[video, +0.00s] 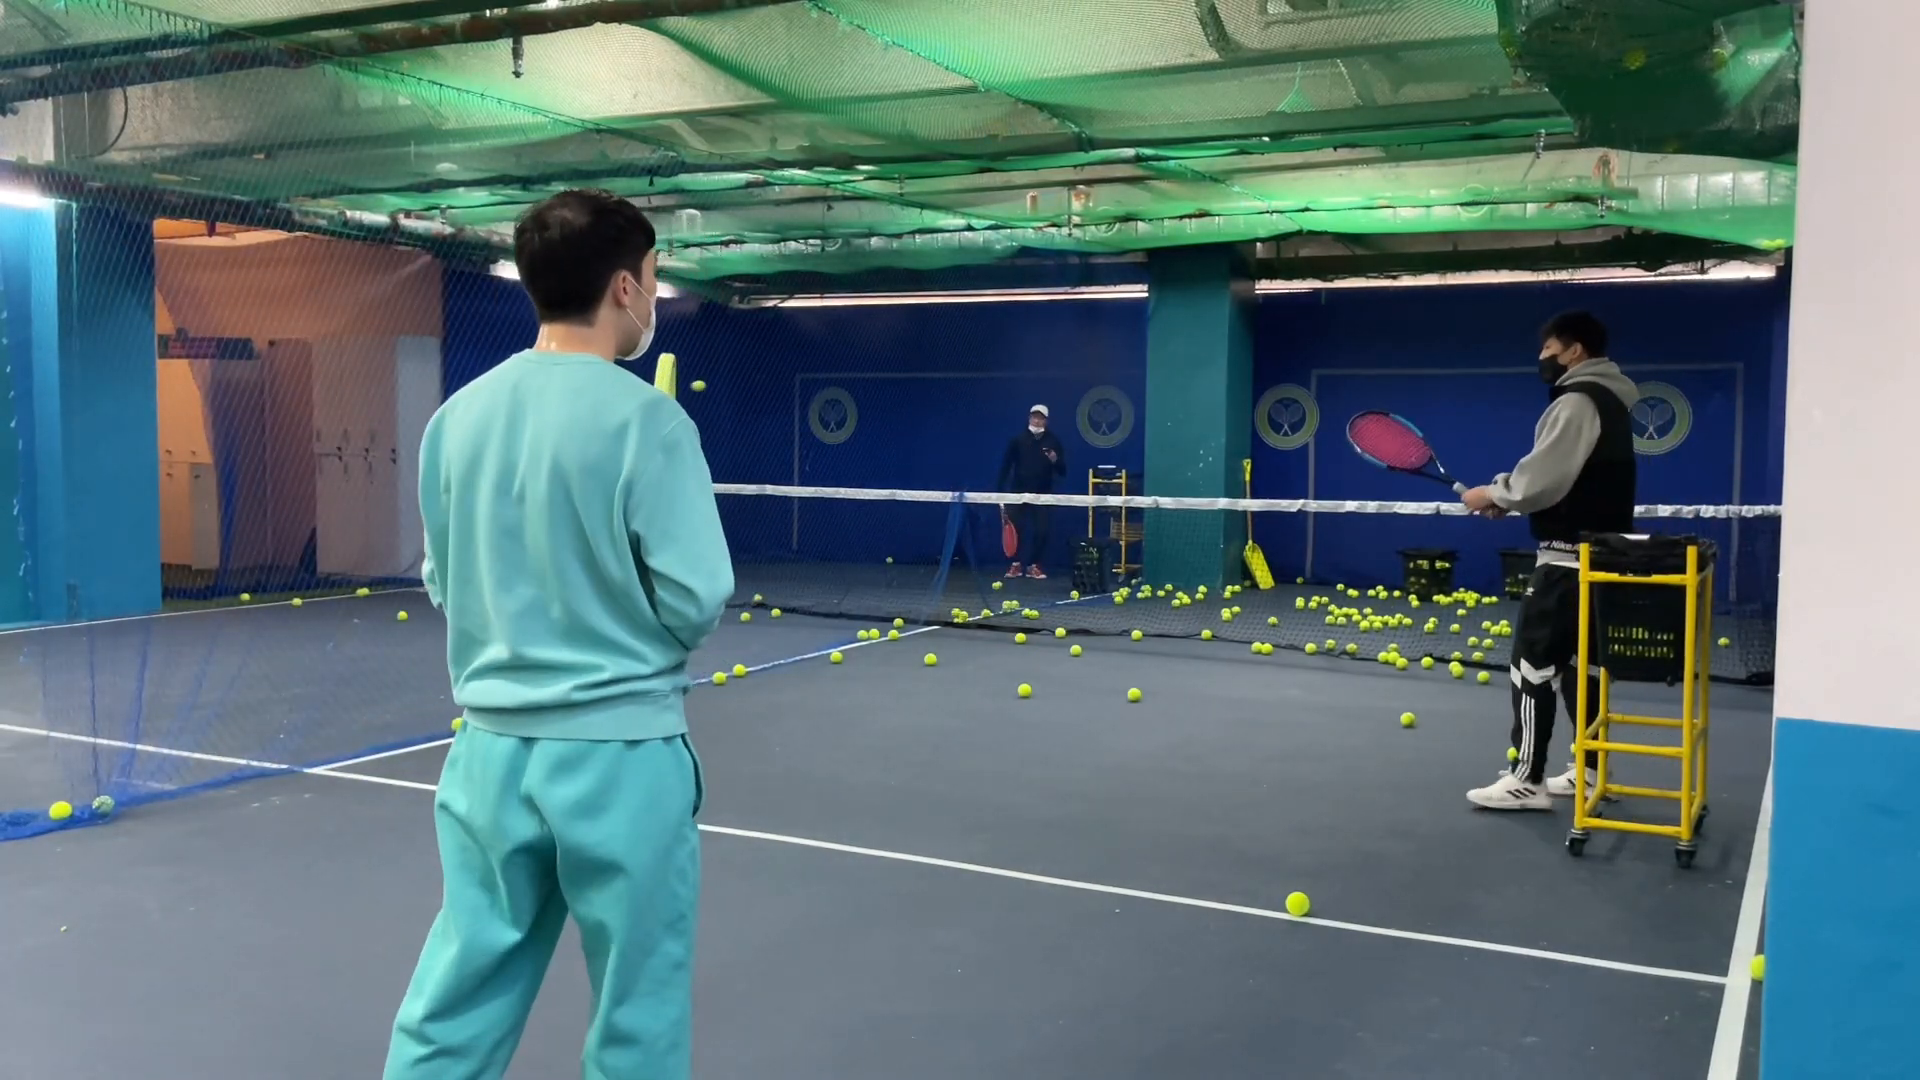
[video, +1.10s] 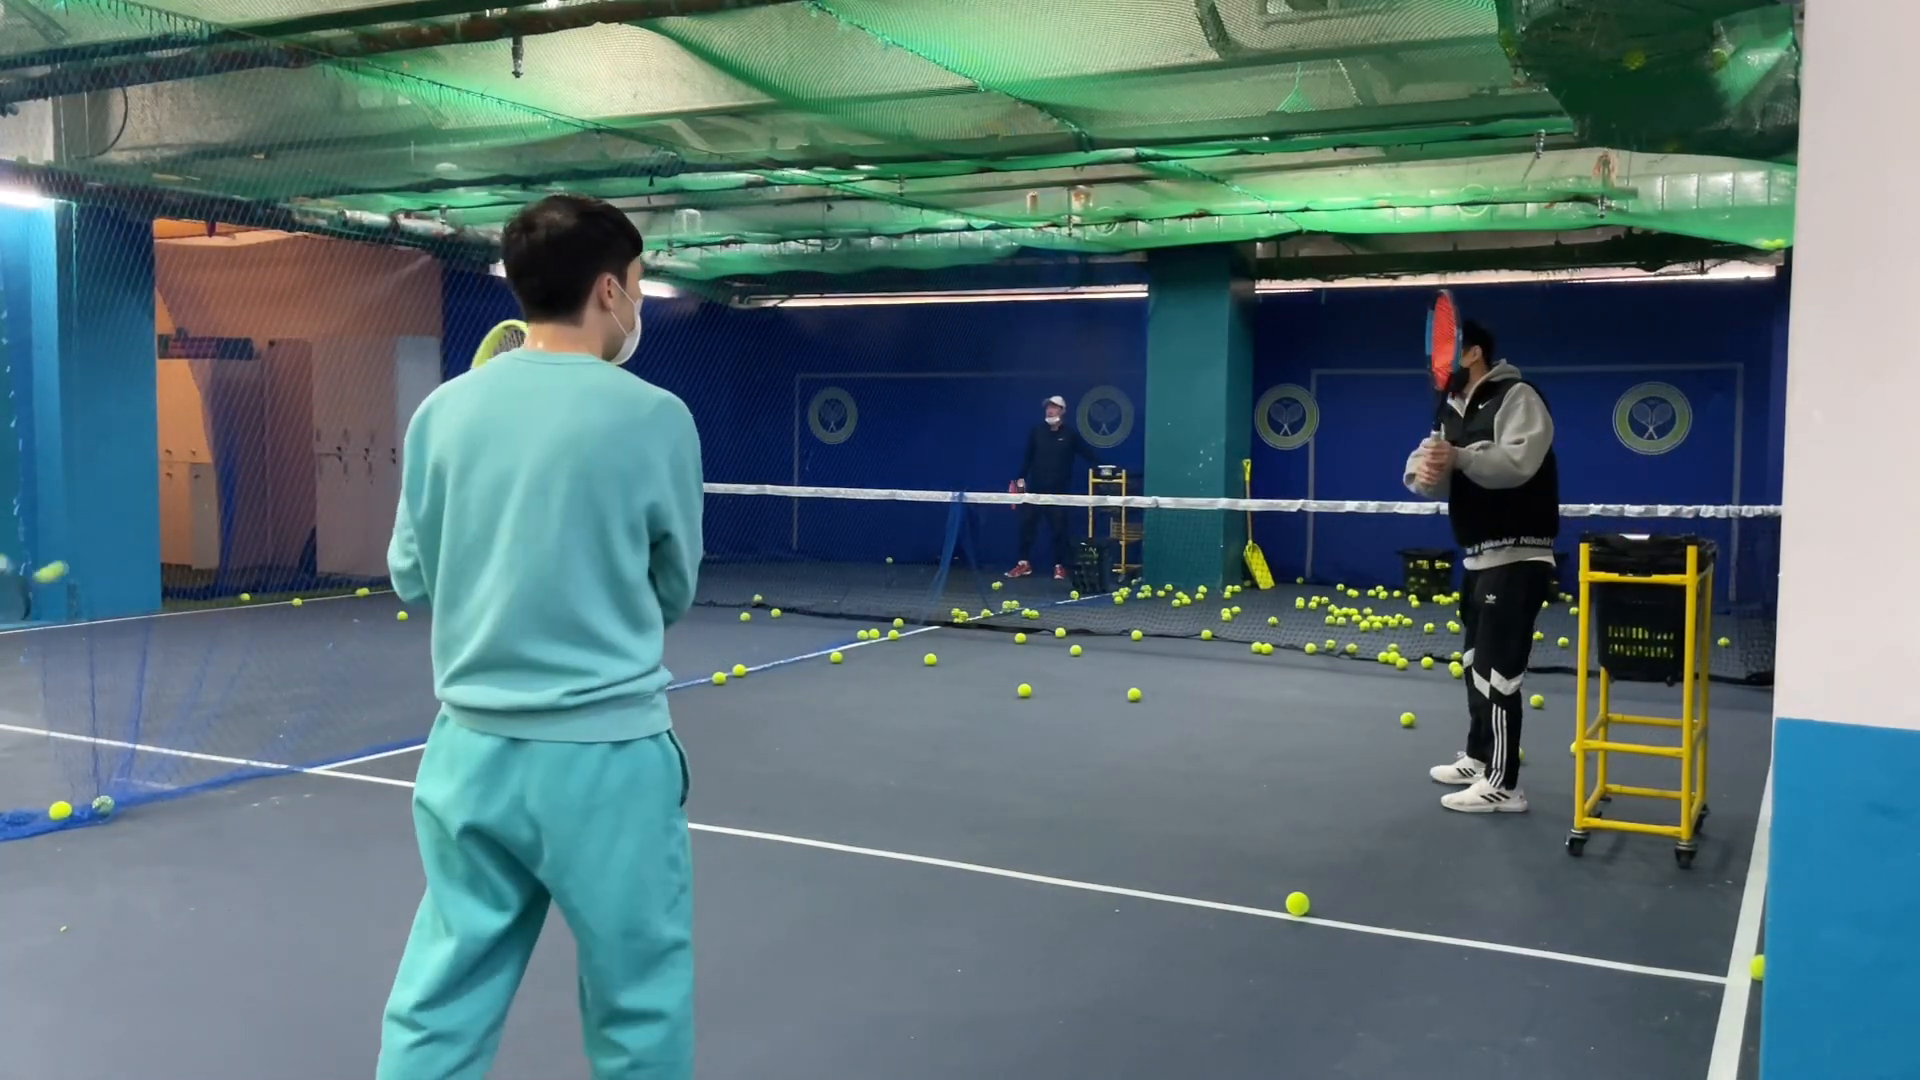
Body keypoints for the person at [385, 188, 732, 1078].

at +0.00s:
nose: (656, 293)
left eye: (653, 273)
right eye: (650, 274)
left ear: (538, 287)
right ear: (619, 286)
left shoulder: (454, 418)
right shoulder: (647, 418)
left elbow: (444, 581)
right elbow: (697, 589)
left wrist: (532, 633)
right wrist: (639, 649)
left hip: (485, 761)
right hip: (621, 764)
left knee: (453, 1012)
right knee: (640, 1019)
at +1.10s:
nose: (640, 295)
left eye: (638, 276)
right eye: (636, 277)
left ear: (526, 292)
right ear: (606, 289)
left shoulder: (443, 410)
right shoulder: (656, 417)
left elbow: (414, 576)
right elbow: (673, 587)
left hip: (468, 760)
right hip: (610, 767)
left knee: (438, 1010)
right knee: (641, 1018)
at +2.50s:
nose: (725, 338)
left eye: (725, 325)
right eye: (724, 325)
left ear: (626, 331)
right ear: (711, 329)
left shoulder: (596, 411)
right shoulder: (738, 426)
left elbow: (583, 557)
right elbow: (669, 563)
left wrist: (471, 553)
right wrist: (506, 587)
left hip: (613, 724)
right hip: (725, 722)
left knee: (560, 933)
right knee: (734, 917)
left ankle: (540, 1072)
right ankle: (756, 1064)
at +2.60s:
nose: (739, 335)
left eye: (738, 322)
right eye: (737, 322)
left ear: (639, 328)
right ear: (722, 326)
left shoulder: (608, 405)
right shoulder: (748, 419)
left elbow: (596, 550)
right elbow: (685, 556)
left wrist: (484, 549)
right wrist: (520, 577)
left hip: (629, 716)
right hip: (740, 714)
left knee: (566, 927)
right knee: (737, 905)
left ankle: (545, 1071)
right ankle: (757, 1064)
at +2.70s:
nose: (745, 332)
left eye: (743, 320)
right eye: (743, 320)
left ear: (646, 326)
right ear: (730, 324)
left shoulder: (616, 401)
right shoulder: (756, 418)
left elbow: (603, 544)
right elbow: (693, 552)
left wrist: (493, 546)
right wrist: (537, 575)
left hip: (635, 710)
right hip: (745, 710)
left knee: (568, 914)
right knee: (738, 903)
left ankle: (538, 1069)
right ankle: (753, 1064)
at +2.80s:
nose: (749, 333)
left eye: (748, 320)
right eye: (746, 320)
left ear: (651, 326)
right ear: (732, 324)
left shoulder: (621, 399)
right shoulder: (757, 417)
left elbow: (611, 541)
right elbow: (698, 556)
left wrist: (502, 552)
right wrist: (540, 580)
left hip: (639, 706)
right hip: (747, 707)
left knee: (570, 911)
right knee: (740, 901)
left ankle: (538, 1068)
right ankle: (753, 1063)